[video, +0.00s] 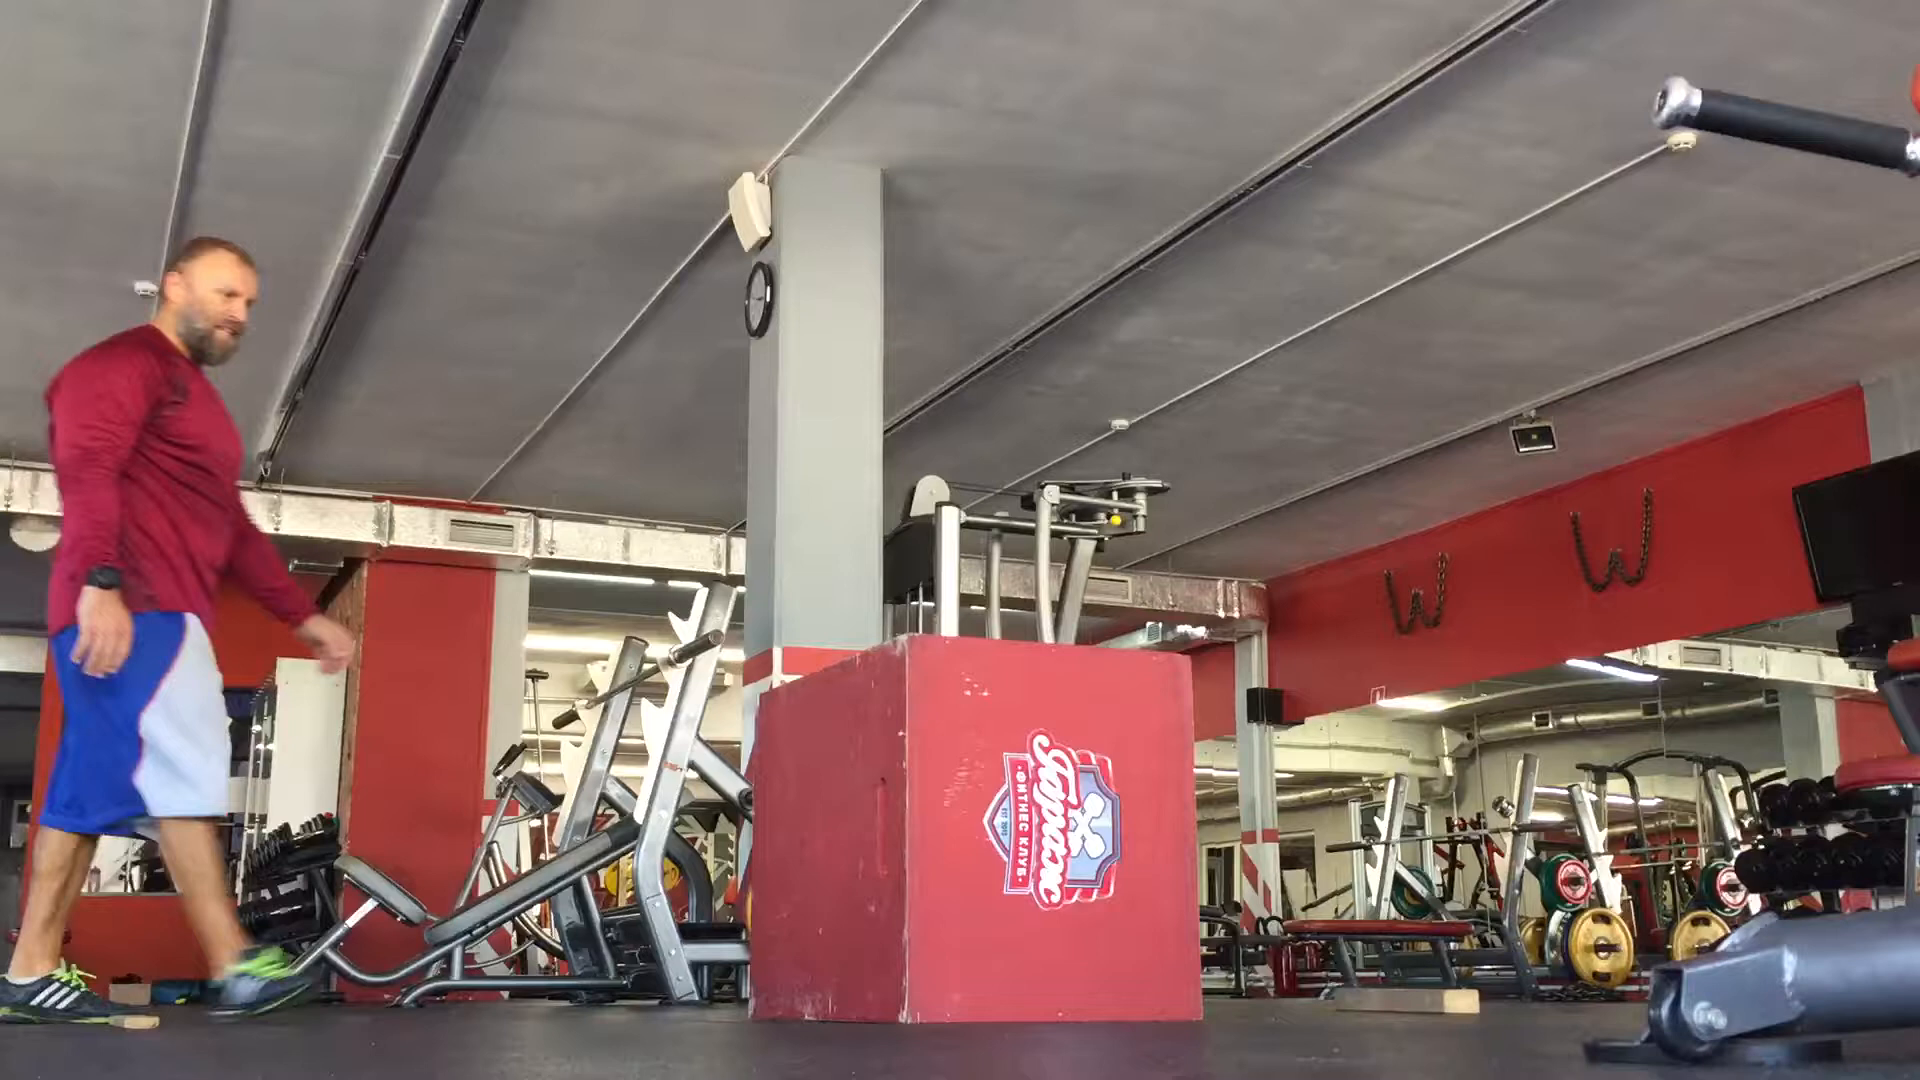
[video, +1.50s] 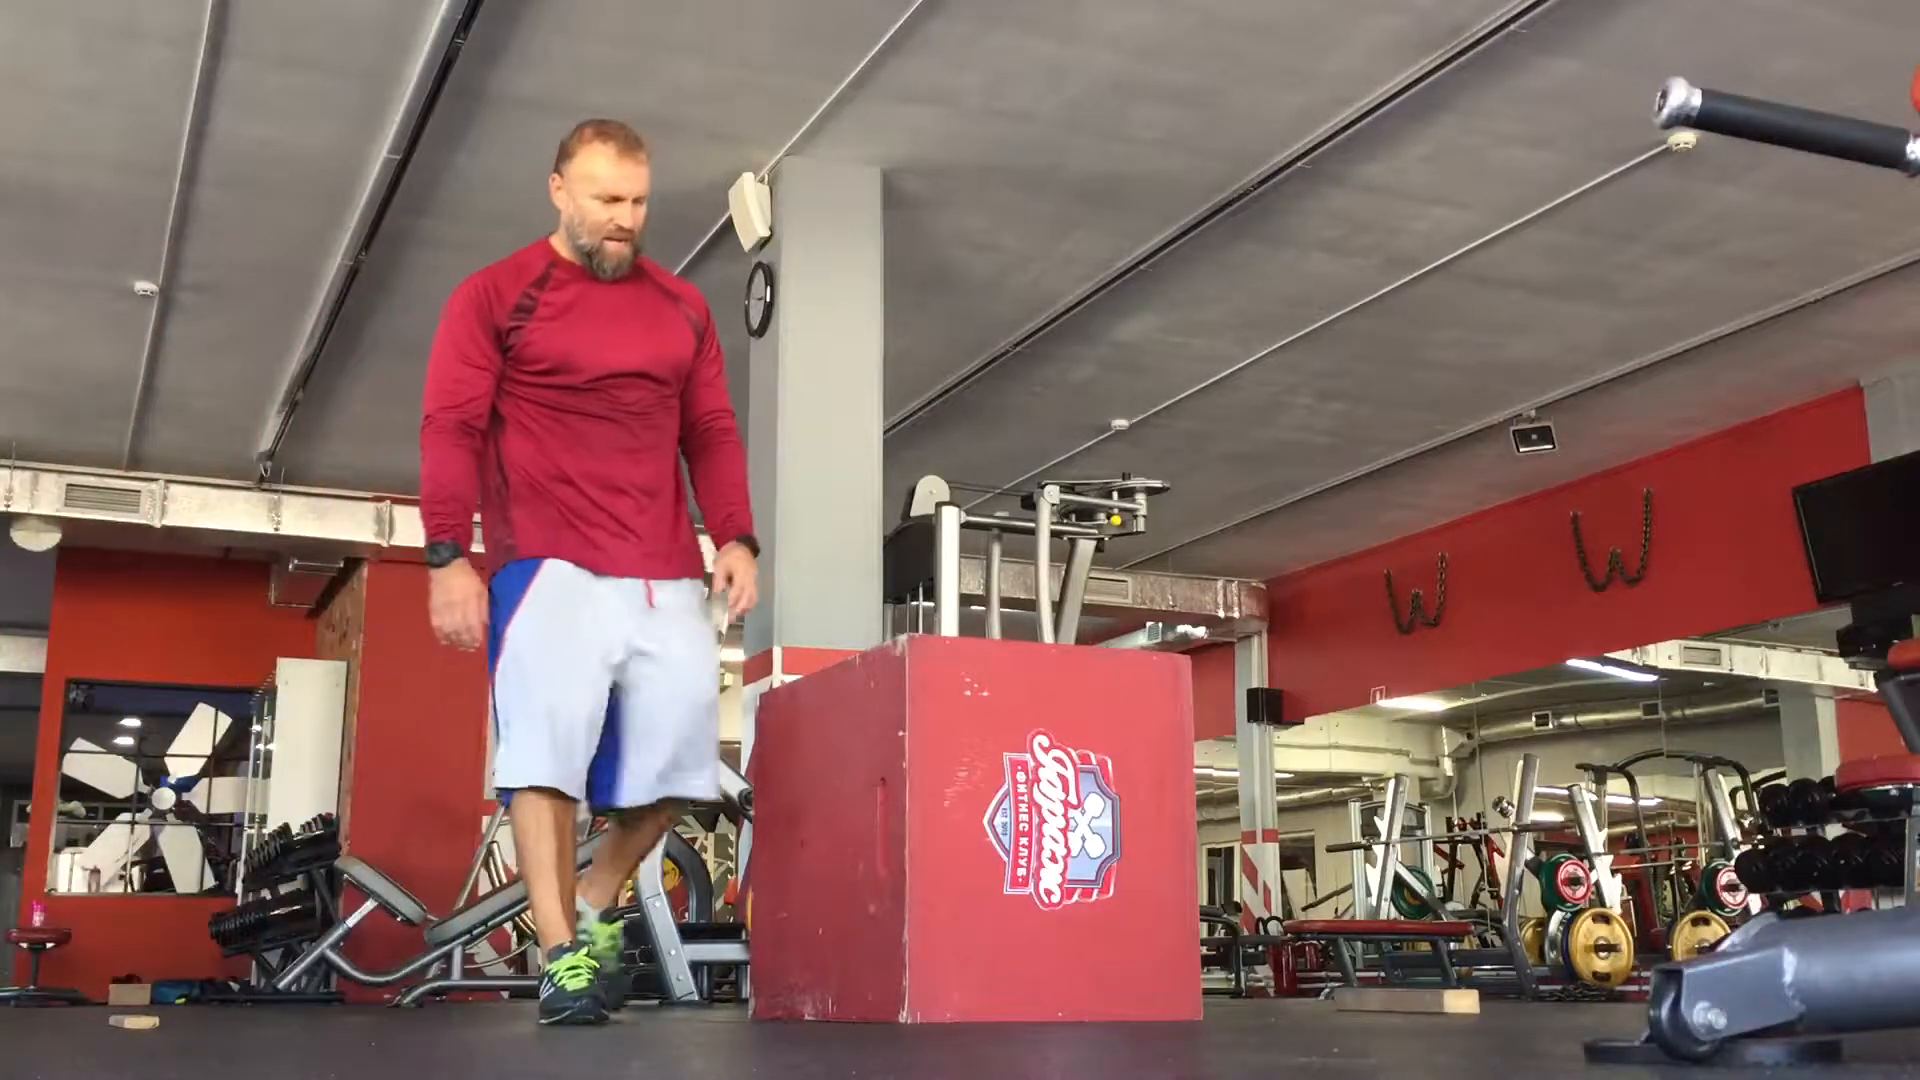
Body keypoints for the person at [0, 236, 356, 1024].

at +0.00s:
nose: (240, 314)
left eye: (248, 304)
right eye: (227, 294)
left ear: (241, 312)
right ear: (173, 286)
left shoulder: (196, 399)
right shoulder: (126, 363)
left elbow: (231, 525)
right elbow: (88, 468)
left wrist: (304, 615)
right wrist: (100, 581)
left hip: (127, 608)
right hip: (146, 607)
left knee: (84, 787)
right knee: (188, 780)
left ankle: (32, 970)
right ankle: (233, 965)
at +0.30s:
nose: (325, 303)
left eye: (333, 292)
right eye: (310, 285)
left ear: (333, 300)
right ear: (258, 284)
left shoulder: (303, 387)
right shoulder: (220, 368)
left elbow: (313, 522)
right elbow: (200, 489)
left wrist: (361, 611)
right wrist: (217, 604)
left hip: (300, 621)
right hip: (251, 614)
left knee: (240, 799)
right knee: (253, 795)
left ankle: (126, 915)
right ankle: (284, 974)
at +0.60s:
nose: (426, 294)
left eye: (435, 284)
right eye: (411, 275)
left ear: (438, 294)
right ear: (360, 270)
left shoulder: (412, 383)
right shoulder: (302, 359)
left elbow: (396, 500)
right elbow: (287, 476)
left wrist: (415, 598)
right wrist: (340, 583)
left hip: (420, 611)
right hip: (315, 610)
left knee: (448, 786)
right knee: (289, 794)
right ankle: (283, 973)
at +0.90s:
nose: (536, 278)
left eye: (548, 267)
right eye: (521, 259)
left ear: (554, 279)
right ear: (472, 256)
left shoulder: (553, 387)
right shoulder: (404, 343)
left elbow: (565, 513)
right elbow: (359, 452)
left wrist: (586, 626)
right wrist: (354, 570)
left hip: (533, 613)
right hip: (431, 603)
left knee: (540, 784)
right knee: (410, 780)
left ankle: (534, 968)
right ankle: (324, 931)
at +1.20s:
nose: (603, 251)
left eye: (616, 237)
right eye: (588, 231)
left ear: (627, 243)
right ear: (541, 226)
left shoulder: (644, 352)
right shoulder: (470, 321)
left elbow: (677, 466)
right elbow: (409, 430)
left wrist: (726, 558)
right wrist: (379, 552)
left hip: (598, 583)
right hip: (496, 569)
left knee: (578, 766)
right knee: (513, 742)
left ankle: (540, 964)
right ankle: (538, 951)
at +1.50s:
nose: (627, 218)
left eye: (639, 201)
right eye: (608, 199)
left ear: (651, 200)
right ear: (559, 190)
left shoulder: (682, 306)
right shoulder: (496, 297)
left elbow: (712, 432)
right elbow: (452, 427)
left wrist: (733, 538)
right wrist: (449, 555)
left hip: (666, 575)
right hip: (551, 568)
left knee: (680, 746)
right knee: (544, 749)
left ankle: (598, 892)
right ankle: (557, 951)